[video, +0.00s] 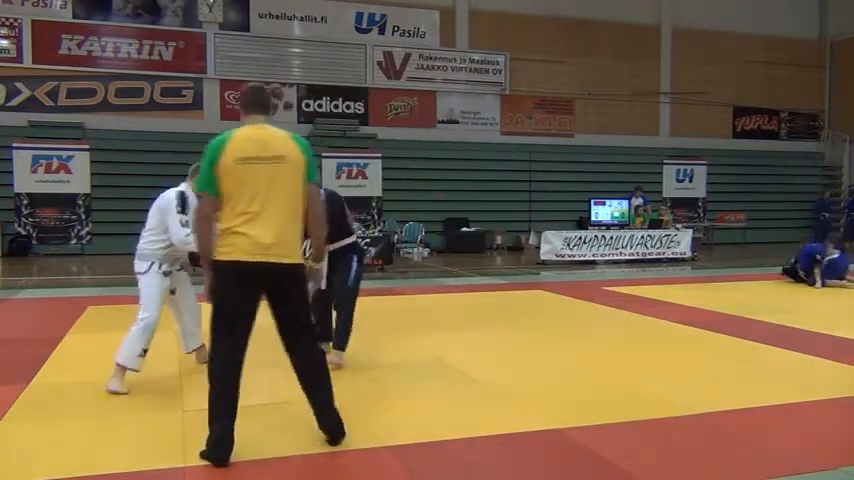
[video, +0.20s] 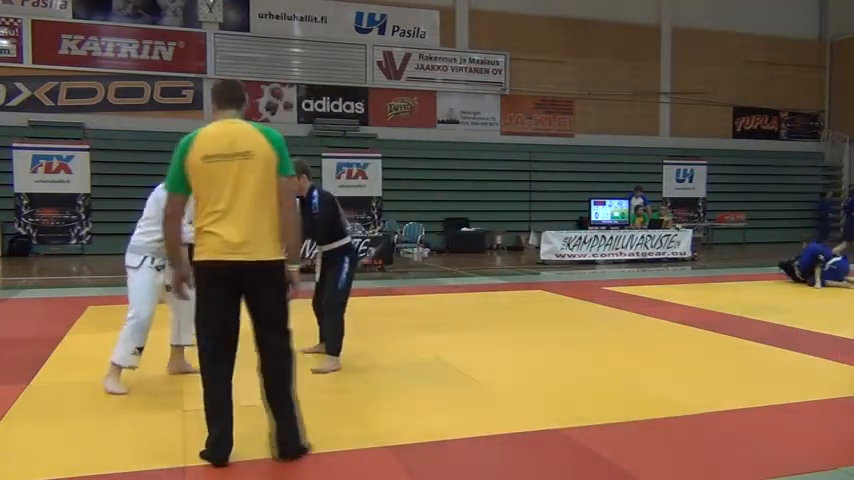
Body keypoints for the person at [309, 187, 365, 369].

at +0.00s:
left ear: (313, 182)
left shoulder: (330, 198)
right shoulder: (302, 205)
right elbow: (303, 232)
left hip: (347, 250)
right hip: (323, 253)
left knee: (344, 298)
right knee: (321, 297)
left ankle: (339, 348)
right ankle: (323, 341)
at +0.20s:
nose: (292, 186)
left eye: (293, 181)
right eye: (291, 181)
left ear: (304, 179)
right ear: (301, 180)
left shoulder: (322, 198)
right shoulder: (304, 201)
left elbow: (321, 234)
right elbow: (303, 231)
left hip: (343, 253)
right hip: (327, 254)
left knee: (332, 302)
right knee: (319, 301)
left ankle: (333, 355)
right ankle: (325, 342)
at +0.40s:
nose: (283, 184)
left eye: (286, 179)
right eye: (282, 180)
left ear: (302, 178)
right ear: (298, 179)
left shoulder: (321, 199)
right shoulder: (296, 201)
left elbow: (319, 234)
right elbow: (294, 226)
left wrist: (290, 227)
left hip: (336, 254)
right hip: (317, 253)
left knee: (329, 304)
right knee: (306, 301)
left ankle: (333, 358)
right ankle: (318, 339)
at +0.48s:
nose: (281, 185)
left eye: (284, 180)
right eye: (280, 181)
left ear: (299, 179)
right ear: (294, 180)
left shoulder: (318, 199)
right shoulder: (290, 202)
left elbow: (316, 235)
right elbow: (284, 225)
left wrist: (288, 225)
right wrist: (269, 226)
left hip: (332, 254)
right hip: (312, 255)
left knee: (328, 305)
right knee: (298, 302)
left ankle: (333, 358)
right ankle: (305, 340)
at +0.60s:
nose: (274, 186)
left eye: (277, 182)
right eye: (273, 182)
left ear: (292, 181)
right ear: (280, 183)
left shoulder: (310, 202)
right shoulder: (281, 204)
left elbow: (310, 234)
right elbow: (269, 225)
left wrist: (284, 224)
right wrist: (254, 219)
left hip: (325, 257)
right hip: (303, 257)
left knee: (324, 305)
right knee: (285, 300)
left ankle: (332, 358)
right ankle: (277, 342)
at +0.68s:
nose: (269, 189)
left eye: (272, 184)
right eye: (268, 184)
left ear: (287, 183)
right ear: (269, 184)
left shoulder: (303, 204)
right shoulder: (273, 205)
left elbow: (303, 237)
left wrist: (278, 224)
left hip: (317, 258)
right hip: (295, 258)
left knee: (317, 305)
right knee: (275, 299)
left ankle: (330, 358)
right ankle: (263, 342)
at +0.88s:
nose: (255, 189)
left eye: (259, 184)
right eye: (253, 184)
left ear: (272, 183)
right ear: (251, 184)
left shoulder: (286, 205)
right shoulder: (252, 204)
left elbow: (297, 237)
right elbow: (234, 230)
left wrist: (270, 226)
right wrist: (236, 219)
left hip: (290, 257)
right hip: (265, 257)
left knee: (302, 302)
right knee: (246, 302)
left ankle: (320, 353)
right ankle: (249, 348)